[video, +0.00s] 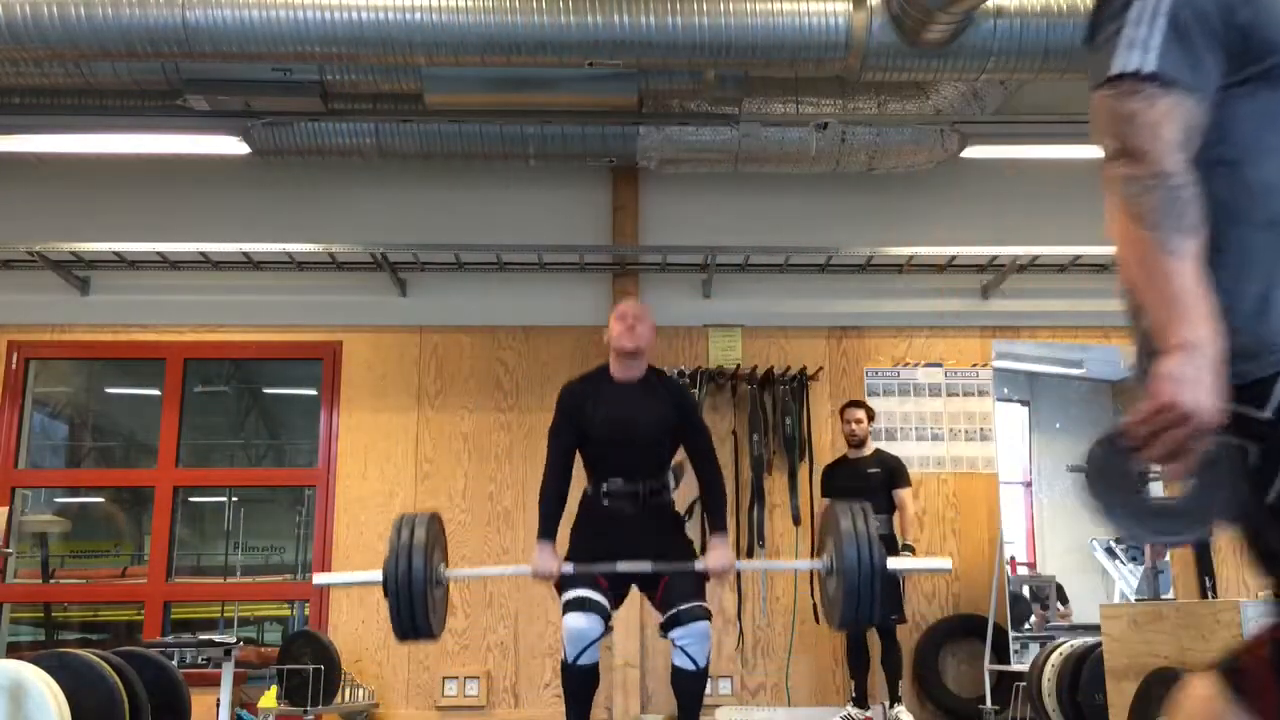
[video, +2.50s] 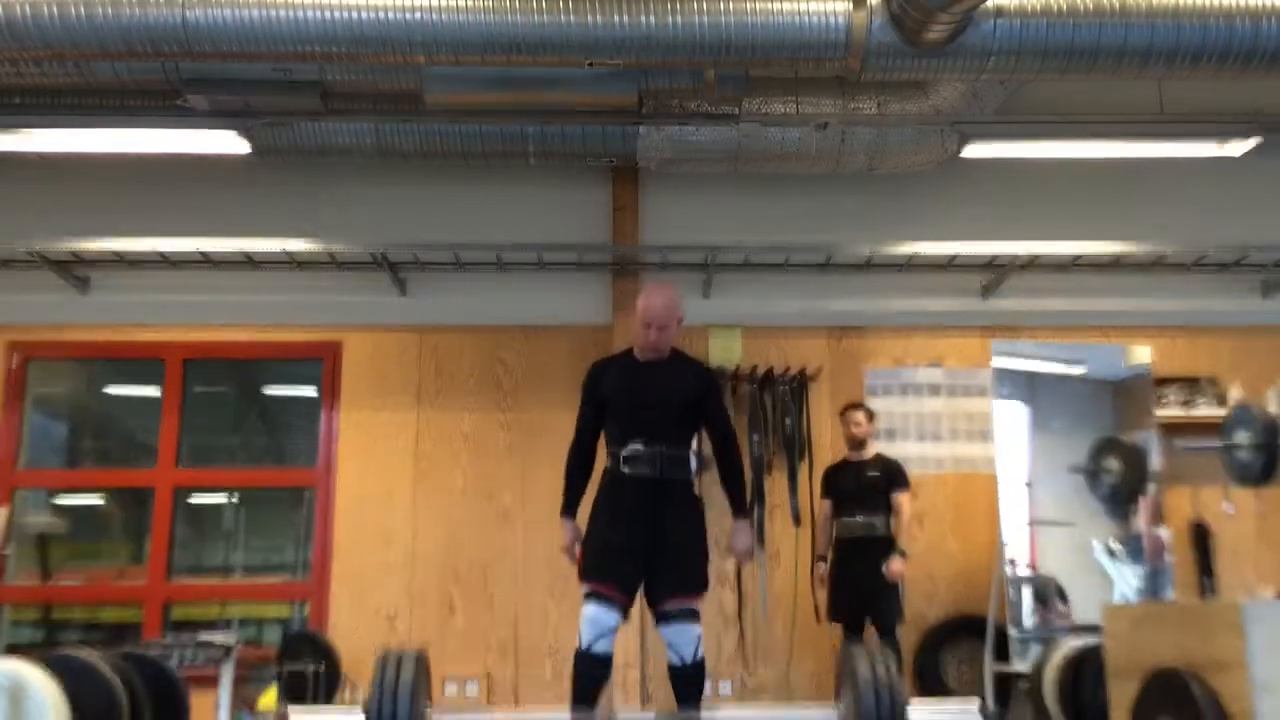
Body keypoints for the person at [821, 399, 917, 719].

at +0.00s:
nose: (853, 427)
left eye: (859, 421)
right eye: (848, 422)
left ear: (869, 424)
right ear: (841, 426)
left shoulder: (889, 463)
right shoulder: (831, 470)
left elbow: (906, 506)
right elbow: (823, 513)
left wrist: (907, 546)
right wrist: (818, 551)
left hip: (882, 555)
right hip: (846, 556)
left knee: (886, 629)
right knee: (854, 630)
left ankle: (895, 704)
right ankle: (859, 704)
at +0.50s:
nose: (857, 432)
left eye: (862, 425)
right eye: (853, 426)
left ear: (873, 428)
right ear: (847, 430)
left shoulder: (897, 468)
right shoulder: (843, 468)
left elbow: (912, 513)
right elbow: (831, 515)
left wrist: (910, 556)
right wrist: (826, 556)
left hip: (885, 562)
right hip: (850, 561)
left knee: (889, 633)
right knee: (854, 634)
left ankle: (896, 705)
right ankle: (856, 705)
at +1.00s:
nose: (862, 430)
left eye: (867, 423)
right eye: (856, 424)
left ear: (876, 426)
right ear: (847, 428)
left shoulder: (894, 468)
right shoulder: (841, 467)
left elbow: (907, 515)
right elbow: (829, 514)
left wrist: (901, 555)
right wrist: (824, 557)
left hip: (882, 558)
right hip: (848, 557)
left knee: (886, 632)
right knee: (853, 632)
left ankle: (896, 704)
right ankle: (856, 705)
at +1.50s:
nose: (855, 428)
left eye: (862, 423)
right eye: (850, 423)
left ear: (875, 427)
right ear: (844, 429)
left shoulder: (893, 468)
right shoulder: (835, 471)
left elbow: (906, 512)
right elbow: (826, 516)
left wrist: (902, 553)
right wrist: (822, 557)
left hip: (882, 557)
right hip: (847, 558)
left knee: (887, 631)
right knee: (852, 632)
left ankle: (896, 704)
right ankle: (856, 705)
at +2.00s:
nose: (853, 429)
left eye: (859, 423)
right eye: (848, 424)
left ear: (872, 427)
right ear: (842, 429)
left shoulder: (890, 467)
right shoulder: (832, 472)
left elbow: (905, 513)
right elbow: (825, 518)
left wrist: (901, 554)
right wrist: (822, 559)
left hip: (881, 558)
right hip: (846, 560)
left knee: (886, 631)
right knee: (852, 632)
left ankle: (895, 704)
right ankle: (856, 705)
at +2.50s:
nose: (853, 430)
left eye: (859, 424)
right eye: (849, 425)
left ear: (871, 427)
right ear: (843, 429)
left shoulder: (889, 469)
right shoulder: (833, 473)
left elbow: (903, 511)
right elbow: (825, 519)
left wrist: (900, 552)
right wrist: (821, 558)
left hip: (880, 556)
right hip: (846, 557)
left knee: (886, 630)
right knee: (851, 631)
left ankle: (893, 697)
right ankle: (853, 698)